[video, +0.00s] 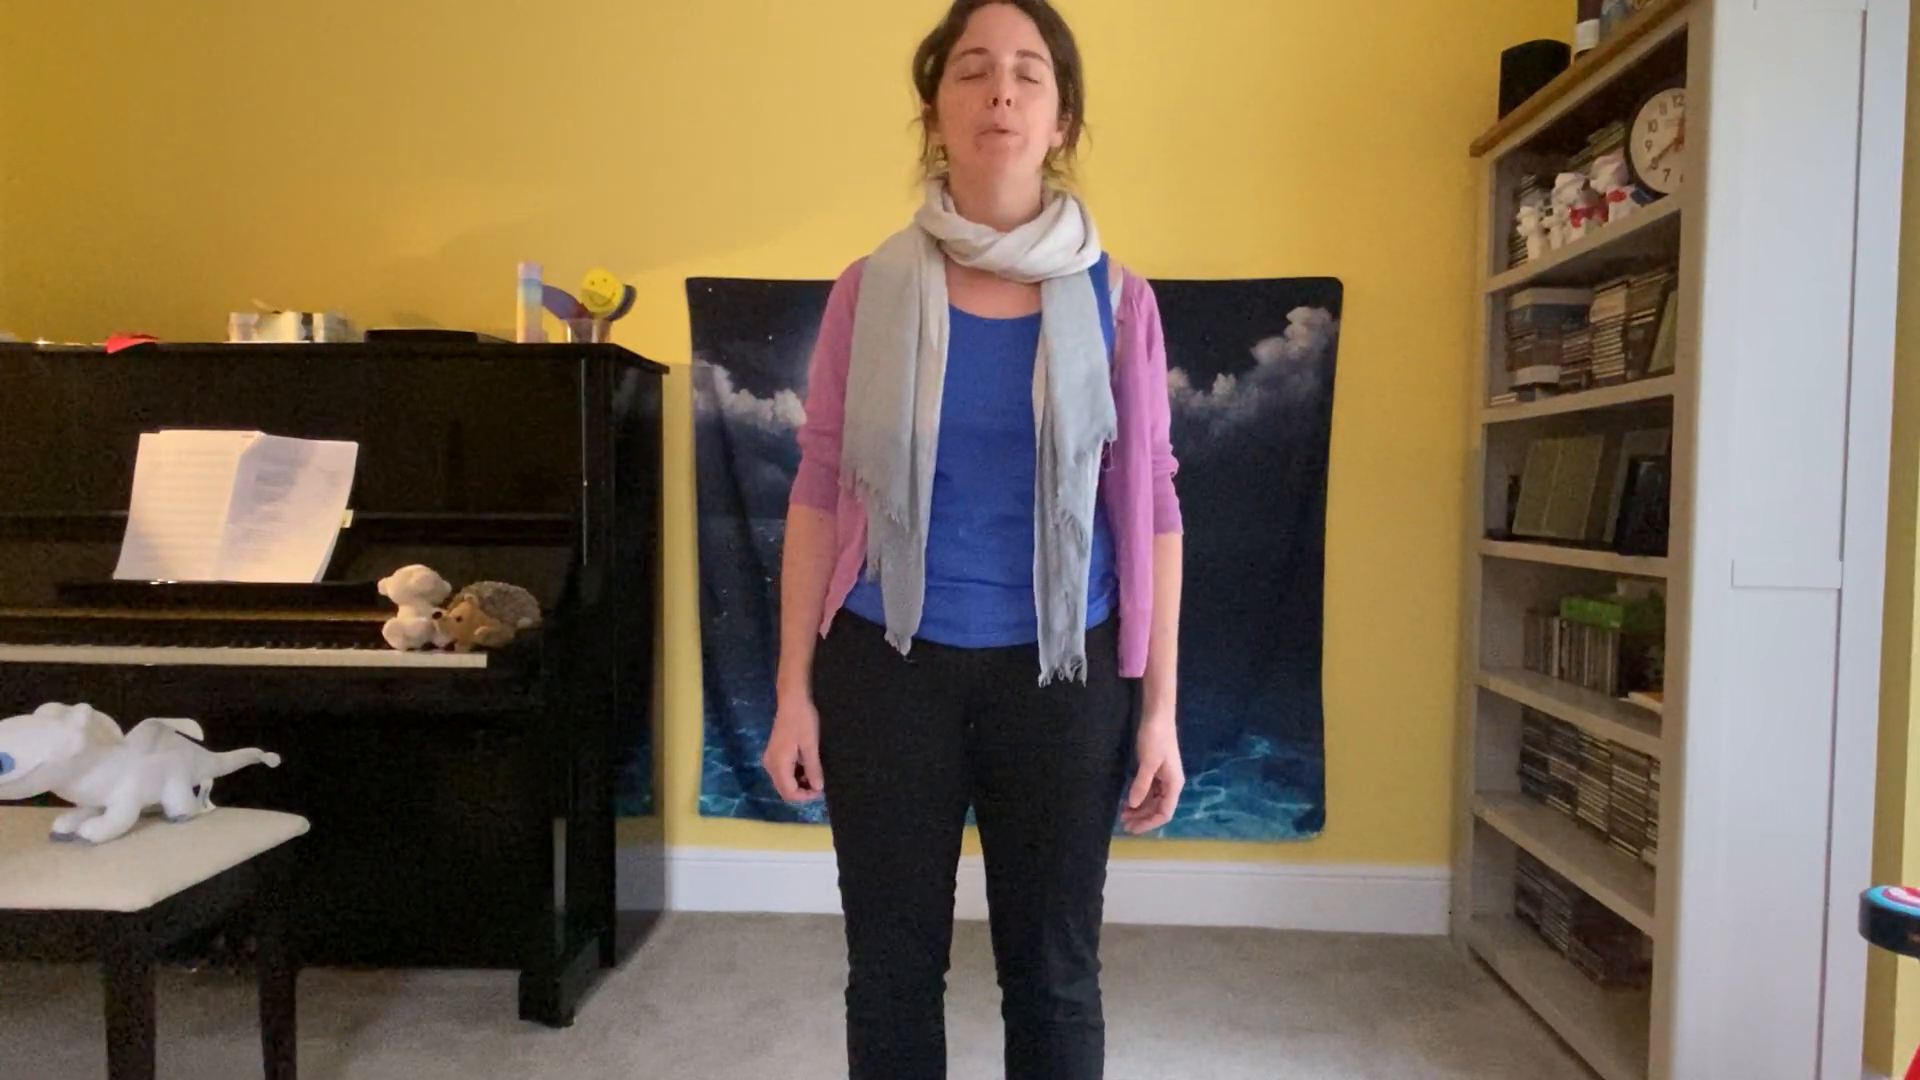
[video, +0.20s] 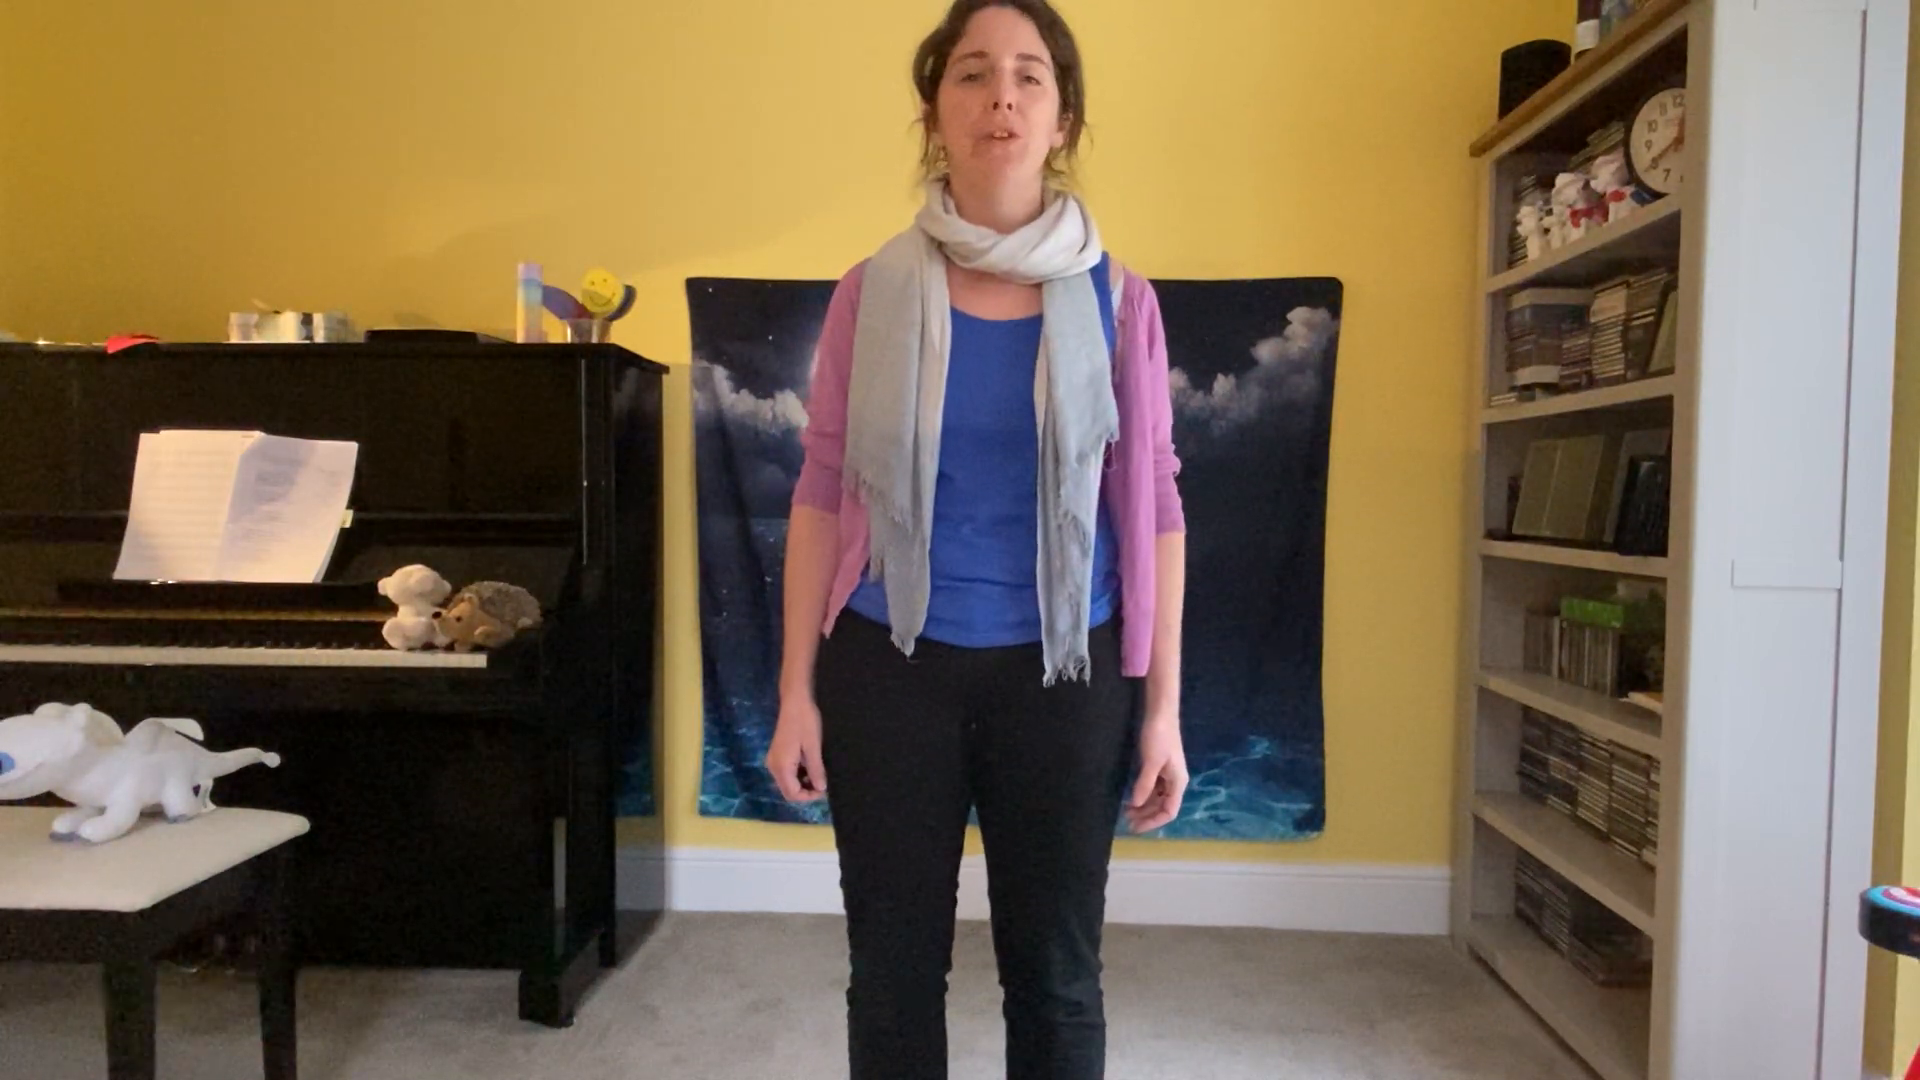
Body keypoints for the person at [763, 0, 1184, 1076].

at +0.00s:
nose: (999, 90)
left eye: (1026, 73)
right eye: (973, 69)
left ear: (1063, 117)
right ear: (933, 110)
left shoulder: (1118, 302)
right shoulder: (867, 292)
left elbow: (1151, 507)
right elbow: (817, 491)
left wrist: (1158, 700)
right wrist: (791, 688)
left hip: (1062, 682)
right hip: (884, 676)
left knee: (1055, 985)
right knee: (891, 982)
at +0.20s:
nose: (999, 97)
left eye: (1027, 76)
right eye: (973, 74)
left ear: (1064, 118)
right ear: (933, 113)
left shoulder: (1119, 303)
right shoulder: (870, 295)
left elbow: (1154, 506)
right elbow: (821, 494)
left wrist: (1161, 700)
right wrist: (794, 689)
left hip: (1066, 682)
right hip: (887, 676)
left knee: (1057, 988)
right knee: (893, 987)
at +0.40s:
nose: (997, 92)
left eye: (1024, 73)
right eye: (970, 71)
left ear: (1062, 113)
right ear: (931, 112)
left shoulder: (1120, 299)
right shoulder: (869, 293)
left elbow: (1155, 504)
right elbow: (821, 496)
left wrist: (1163, 698)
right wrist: (796, 690)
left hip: (1068, 680)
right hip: (889, 674)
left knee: (1058, 985)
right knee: (894, 985)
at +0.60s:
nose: (992, 82)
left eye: (1019, 64)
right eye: (964, 64)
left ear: (1056, 109)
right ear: (926, 112)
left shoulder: (1119, 296)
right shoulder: (866, 292)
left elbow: (1155, 502)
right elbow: (819, 496)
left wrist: (1162, 701)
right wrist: (798, 689)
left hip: (1066, 677)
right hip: (889, 673)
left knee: (1059, 984)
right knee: (894, 982)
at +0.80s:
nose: (988, 81)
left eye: (1014, 62)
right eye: (958, 65)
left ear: (1054, 105)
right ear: (922, 113)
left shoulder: (1119, 294)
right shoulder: (863, 292)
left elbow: (1155, 500)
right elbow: (818, 497)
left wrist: (1162, 700)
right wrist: (796, 690)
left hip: (1066, 681)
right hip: (888, 676)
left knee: (1058, 985)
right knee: (893, 986)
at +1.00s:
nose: (988, 90)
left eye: (1015, 70)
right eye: (959, 70)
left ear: (1054, 110)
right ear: (922, 114)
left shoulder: (1119, 296)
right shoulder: (862, 292)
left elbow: (1156, 503)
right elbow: (816, 495)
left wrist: (1165, 698)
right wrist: (793, 689)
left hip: (1066, 682)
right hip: (886, 676)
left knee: (1058, 986)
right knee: (893, 985)